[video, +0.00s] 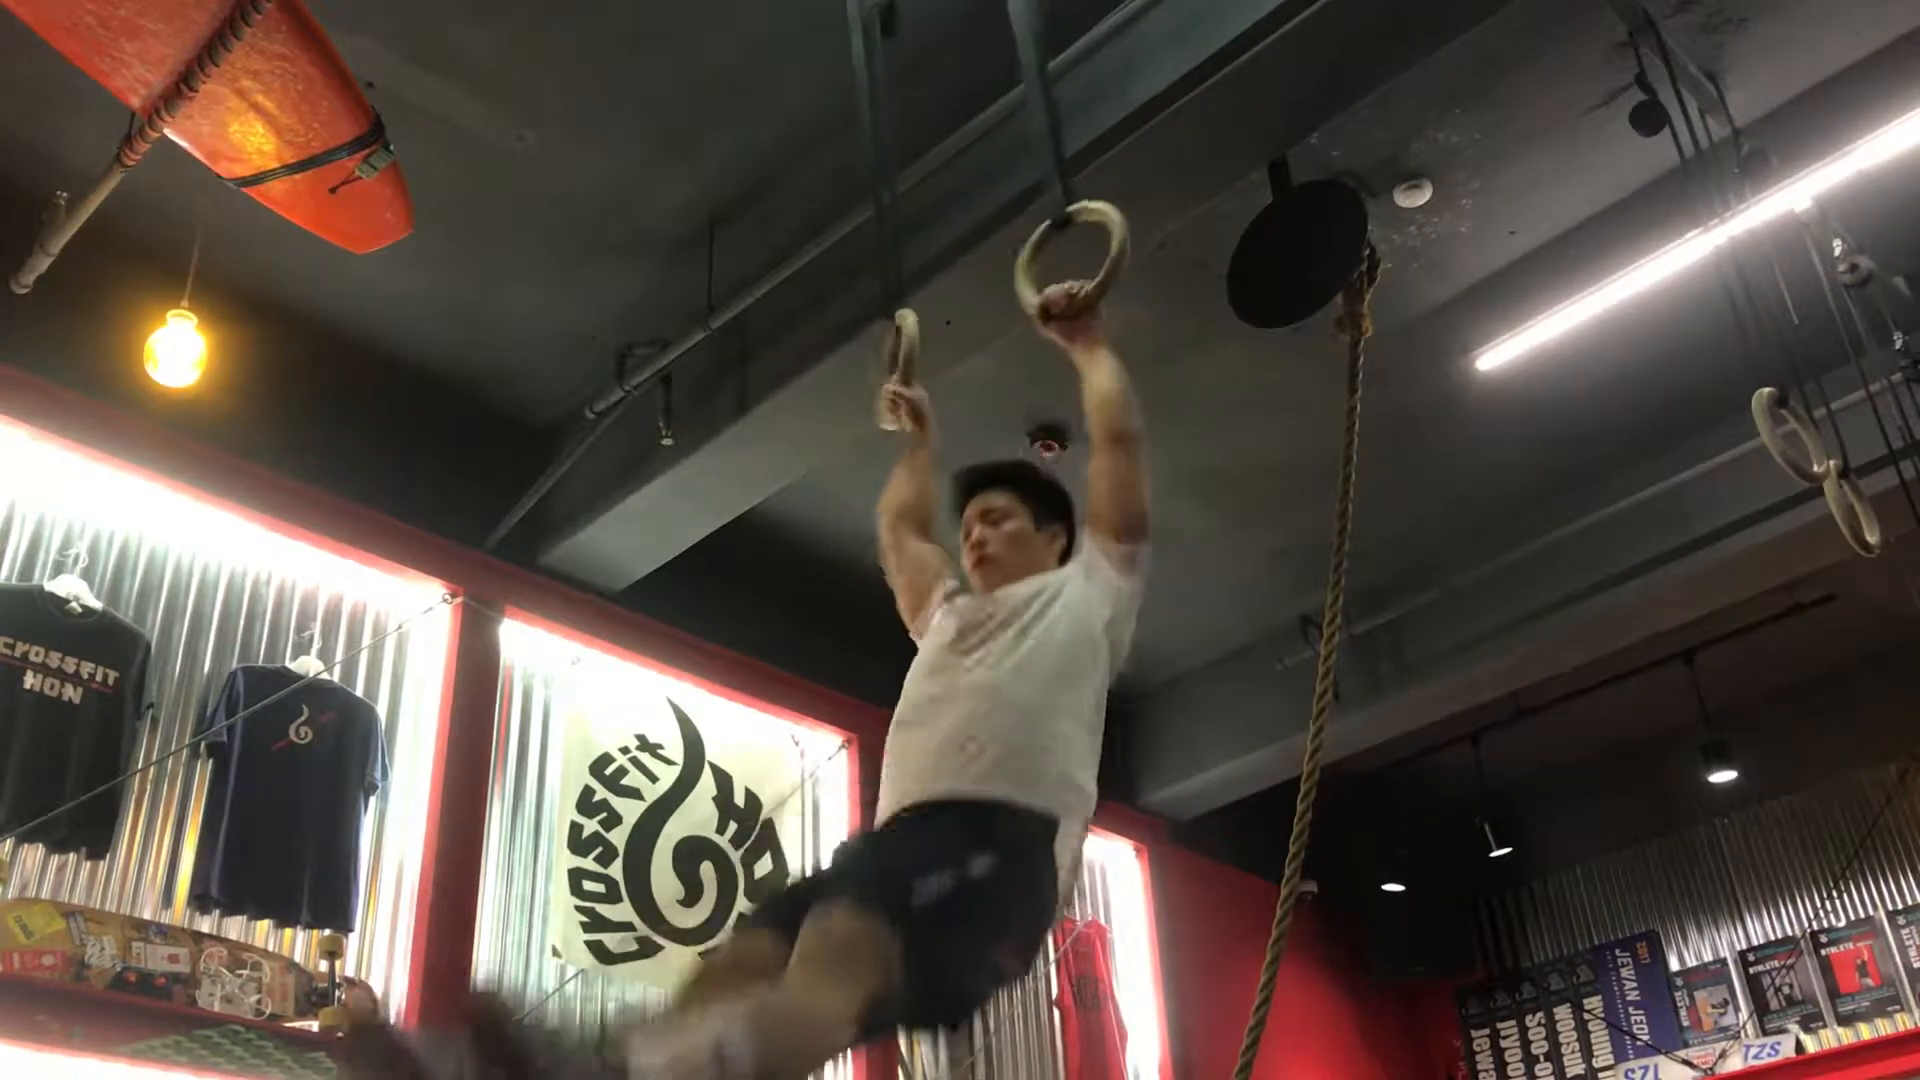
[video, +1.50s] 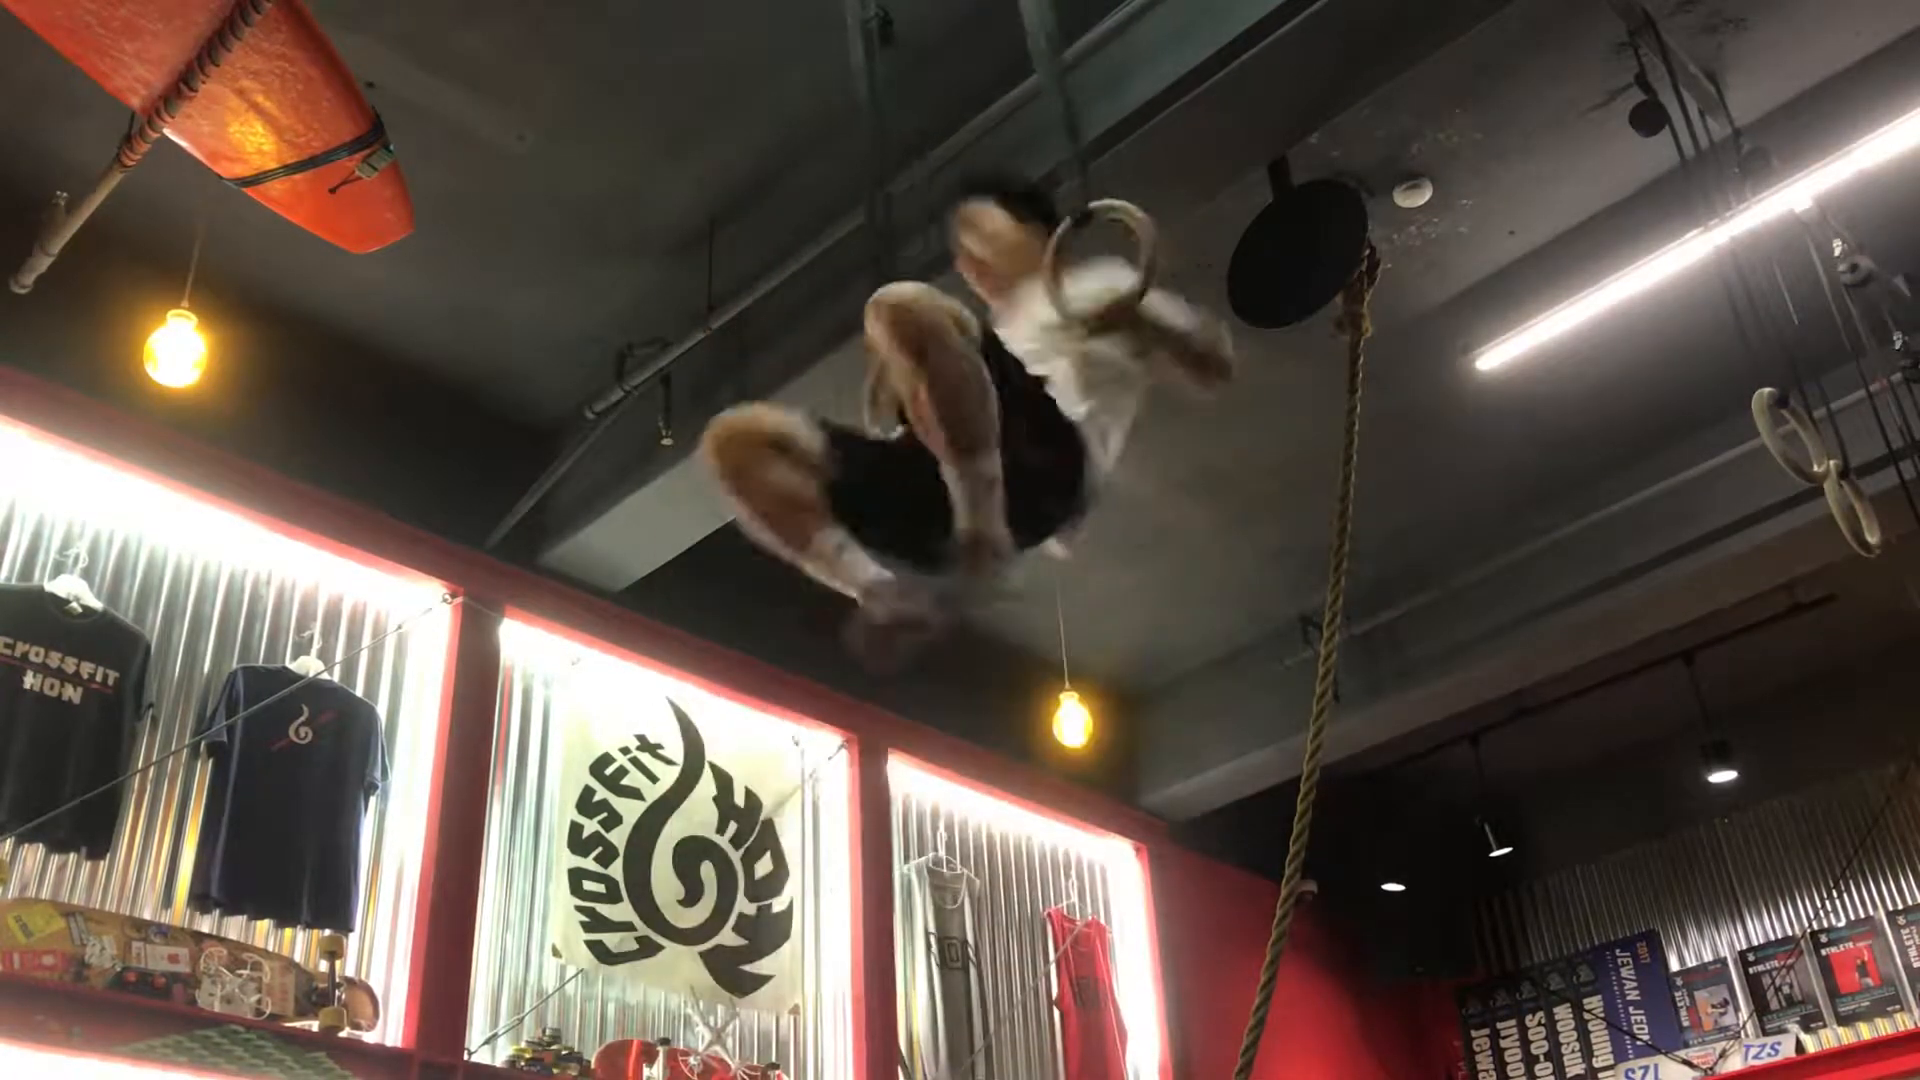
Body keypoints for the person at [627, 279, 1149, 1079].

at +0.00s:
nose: (976, 533)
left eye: (997, 518)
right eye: (969, 527)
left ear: (1055, 535)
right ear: (962, 551)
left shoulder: (1091, 593)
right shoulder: (944, 618)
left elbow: (1117, 438)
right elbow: (902, 531)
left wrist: (1089, 346)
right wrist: (916, 439)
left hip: (996, 843)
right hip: (887, 845)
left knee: (843, 945)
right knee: (736, 960)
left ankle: (697, 1059)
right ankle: (604, 1059)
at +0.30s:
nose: (798, 471)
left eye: (818, 452)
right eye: (791, 459)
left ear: (881, 457)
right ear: (789, 480)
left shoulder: (925, 523)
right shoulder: (792, 570)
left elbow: (931, 369)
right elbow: (787, 478)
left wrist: (934, 268)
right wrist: (815, 360)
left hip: (889, 876)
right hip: (781, 893)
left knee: (933, 1062)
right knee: (778, 1065)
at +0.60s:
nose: (731, 385)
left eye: (760, 373)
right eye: (724, 379)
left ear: (807, 405)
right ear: (713, 418)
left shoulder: (846, 467)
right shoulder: (705, 511)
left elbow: (844, 295)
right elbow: (699, 384)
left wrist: (851, 195)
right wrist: (724, 297)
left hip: (898, 832)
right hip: (784, 887)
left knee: (1186, 966)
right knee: (843, 1065)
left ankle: (1128, 773)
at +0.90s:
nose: (863, 504)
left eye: (895, 508)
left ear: (935, 532)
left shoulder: (923, 559)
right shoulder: (793, 576)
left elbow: (914, 378)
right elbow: (798, 445)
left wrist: (923, 284)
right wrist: (810, 348)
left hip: (932, 924)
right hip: (829, 947)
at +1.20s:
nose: (1126, 606)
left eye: (1142, 601)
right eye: (1123, 604)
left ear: (1171, 607)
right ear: (1110, 615)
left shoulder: (1191, 640)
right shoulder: (1048, 647)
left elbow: (1187, 497)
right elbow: (1010, 581)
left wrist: (1155, 395)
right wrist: (1006, 483)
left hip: (1029, 720)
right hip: (946, 742)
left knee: (845, 621)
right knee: (691, 746)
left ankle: (754, 885)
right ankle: (705, 956)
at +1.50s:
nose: (966, 253)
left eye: (980, 228)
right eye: (958, 244)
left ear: (1038, 231)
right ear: (961, 268)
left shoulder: (1086, 286)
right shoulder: (982, 344)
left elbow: (1215, 364)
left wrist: (1136, 321)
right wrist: (903, 400)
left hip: (1043, 479)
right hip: (943, 501)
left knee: (899, 310)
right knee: (735, 440)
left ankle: (984, 532)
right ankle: (881, 592)